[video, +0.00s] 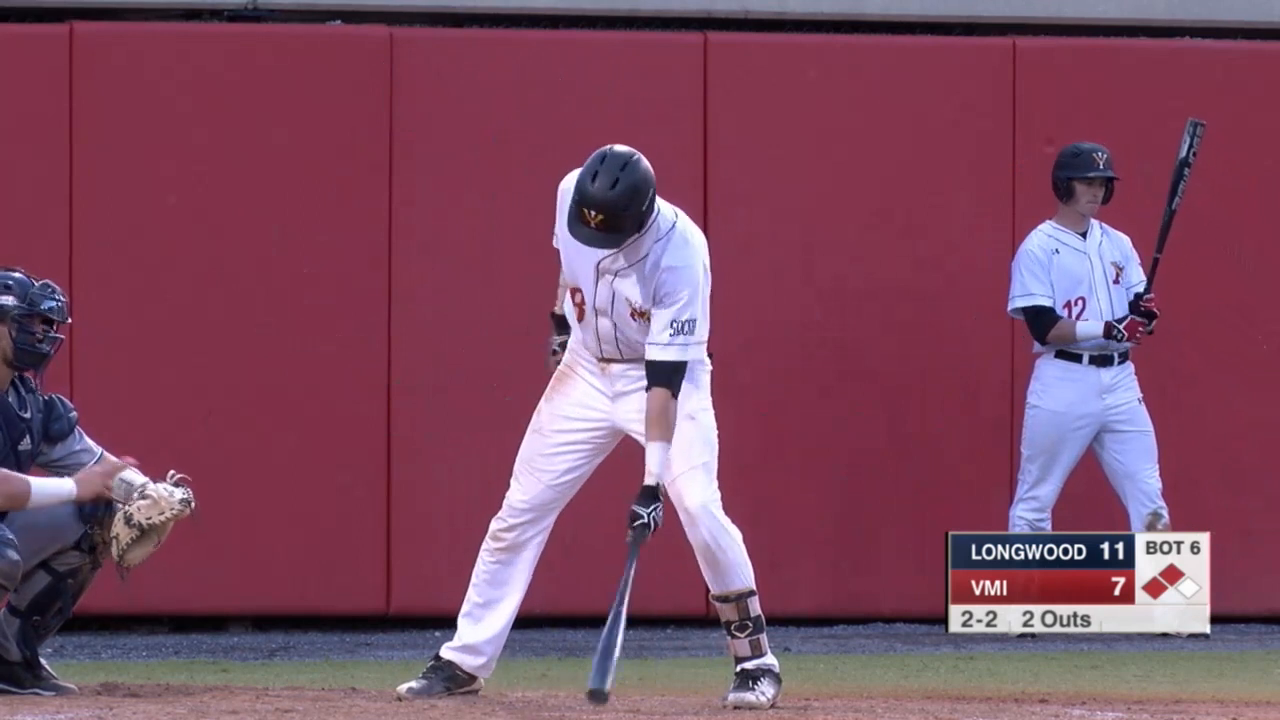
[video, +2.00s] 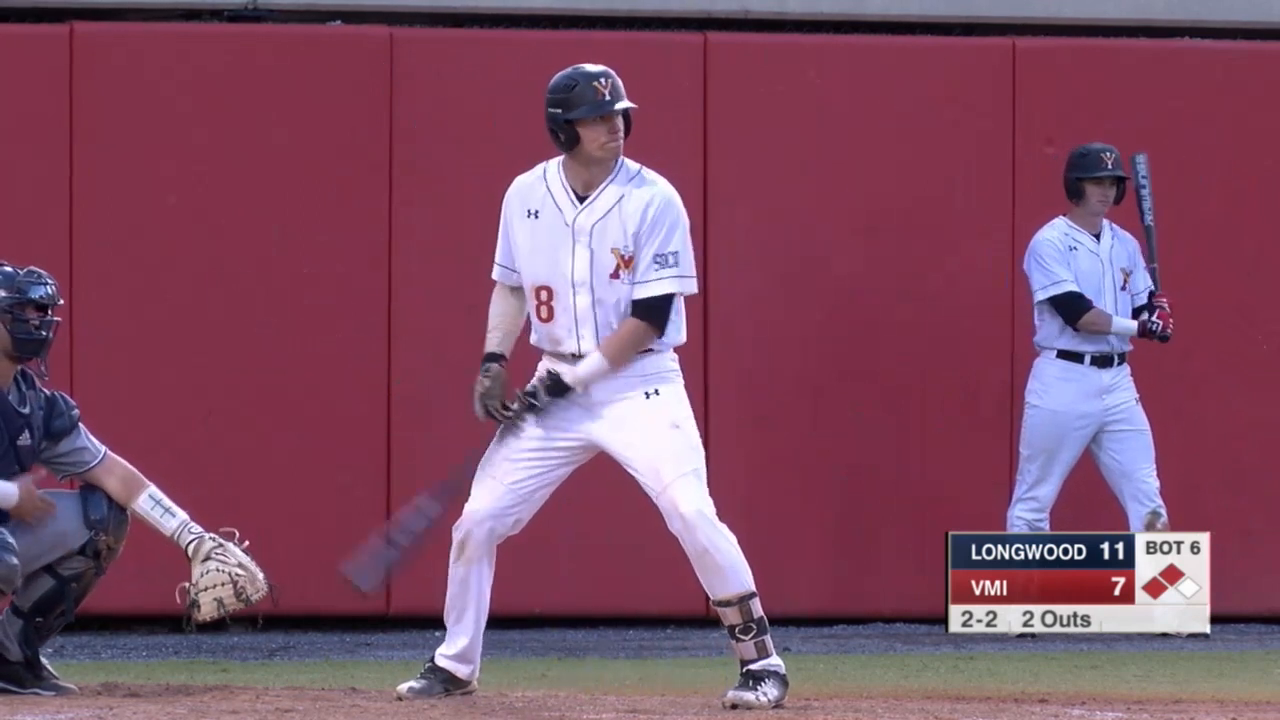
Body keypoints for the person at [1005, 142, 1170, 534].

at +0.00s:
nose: (1097, 191)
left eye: (1103, 183)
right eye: (1088, 182)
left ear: (1108, 188)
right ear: (1064, 185)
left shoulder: (1119, 244)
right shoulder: (1037, 248)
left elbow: (1138, 308)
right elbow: (1045, 328)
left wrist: (1143, 316)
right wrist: (1110, 330)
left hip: (1120, 384)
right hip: (1062, 384)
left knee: (1150, 505)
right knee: (1034, 505)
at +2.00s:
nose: (1107, 192)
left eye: (1113, 184)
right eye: (1098, 183)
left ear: (1119, 189)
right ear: (1076, 185)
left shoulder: (1125, 244)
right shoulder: (1048, 242)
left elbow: (1142, 306)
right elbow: (1078, 315)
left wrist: (1155, 312)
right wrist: (1139, 327)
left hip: (1117, 384)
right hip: (1062, 382)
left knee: (1148, 504)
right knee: (1033, 504)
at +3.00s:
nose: (1198, 209)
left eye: (1203, 201)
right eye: (1189, 200)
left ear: (1207, 206)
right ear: (1163, 203)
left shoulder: (1192, 257)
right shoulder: (1130, 259)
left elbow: (1185, 323)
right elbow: (1115, 345)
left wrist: (1208, 364)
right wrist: (1138, 411)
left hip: (1147, 386)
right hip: (1099, 382)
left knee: (1171, 495)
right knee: (1060, 484)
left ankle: (1179, 592)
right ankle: (1000, 576)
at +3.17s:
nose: (1175, 215)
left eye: (1179, 207)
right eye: (1165, 207)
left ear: (1183, 212)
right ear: (1140, 210)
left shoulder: (1174, 264)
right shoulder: (1102, 266)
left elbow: (1172, 330)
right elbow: (1078, 348)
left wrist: (1189, 369)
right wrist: (1080, 408)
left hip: (1135, 398)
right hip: (1081, 391)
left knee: (1165, 505)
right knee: (1047, 496)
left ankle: (1171, 609)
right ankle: (992, 591)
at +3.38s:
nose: (1137, 218)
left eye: (1142, 210)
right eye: (1128, 210)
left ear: (1146, 216)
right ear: (1103, 213)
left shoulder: (1144, 265)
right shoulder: (1062, 267)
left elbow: (1148, 329)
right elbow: (1027, 335)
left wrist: (1158, 368)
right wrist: (1000, 387)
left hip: (1111, 401)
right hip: (1053, 396)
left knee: (1145, 506)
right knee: (1031, 500)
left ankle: (1164, 607)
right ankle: (989, 598)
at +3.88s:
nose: (1144, 223)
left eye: (1148, 215)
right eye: (1135, 215)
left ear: (1151, 221)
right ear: (1109, 218)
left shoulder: (1150, 270)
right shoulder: (1066, 272)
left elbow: (1154, 331)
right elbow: (1028, 341)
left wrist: (1164, 374)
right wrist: (1013, 396)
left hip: (1114, 405)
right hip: (1056, 400)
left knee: (1150, 507)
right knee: (1035, 500)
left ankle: (1166, 607)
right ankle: (988, 594)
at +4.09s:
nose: (1180, 226)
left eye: (1185, 218)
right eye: (1171, 218)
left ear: (1188, 224)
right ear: (1146, 221)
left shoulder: (1181, 275)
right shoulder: (1108, 275)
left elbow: (1183, 340)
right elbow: (1098, 361)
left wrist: (1193, 384)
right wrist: (1141, 411)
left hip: (1138, 404)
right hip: (1084, 399)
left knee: (1167, 507)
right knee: (1055, 499)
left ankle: (1177, 608)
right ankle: (996, 592)